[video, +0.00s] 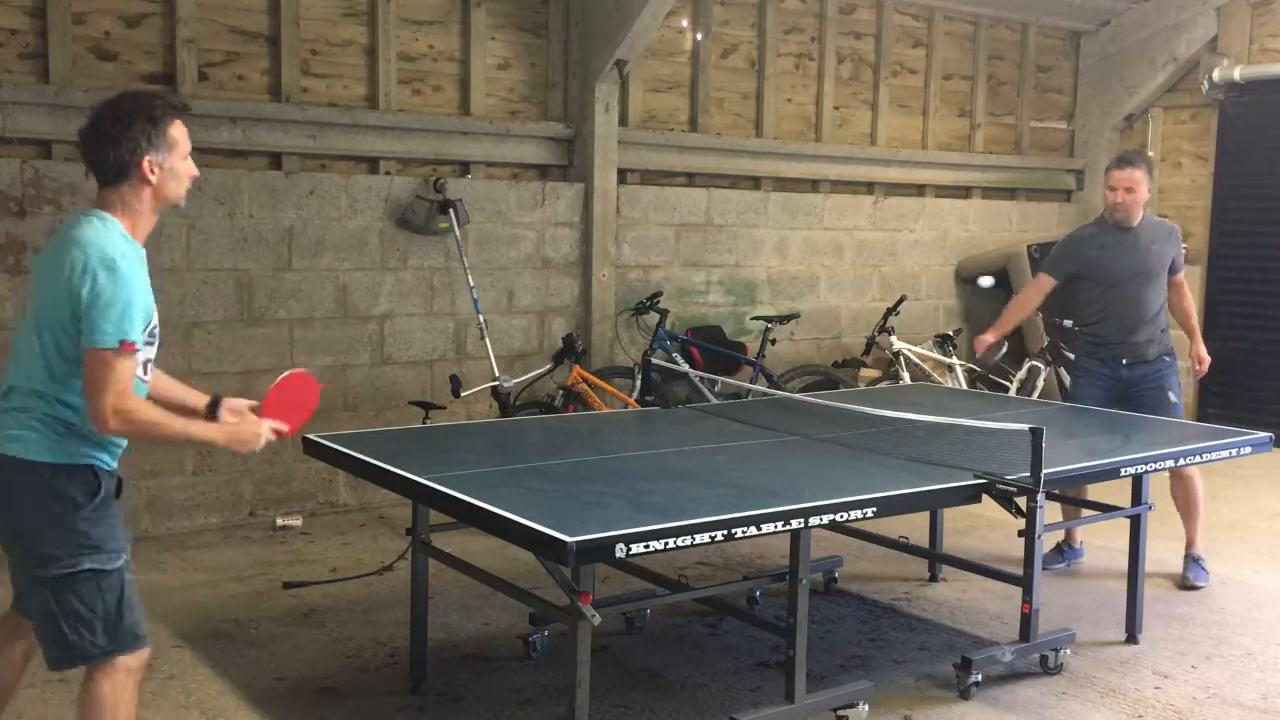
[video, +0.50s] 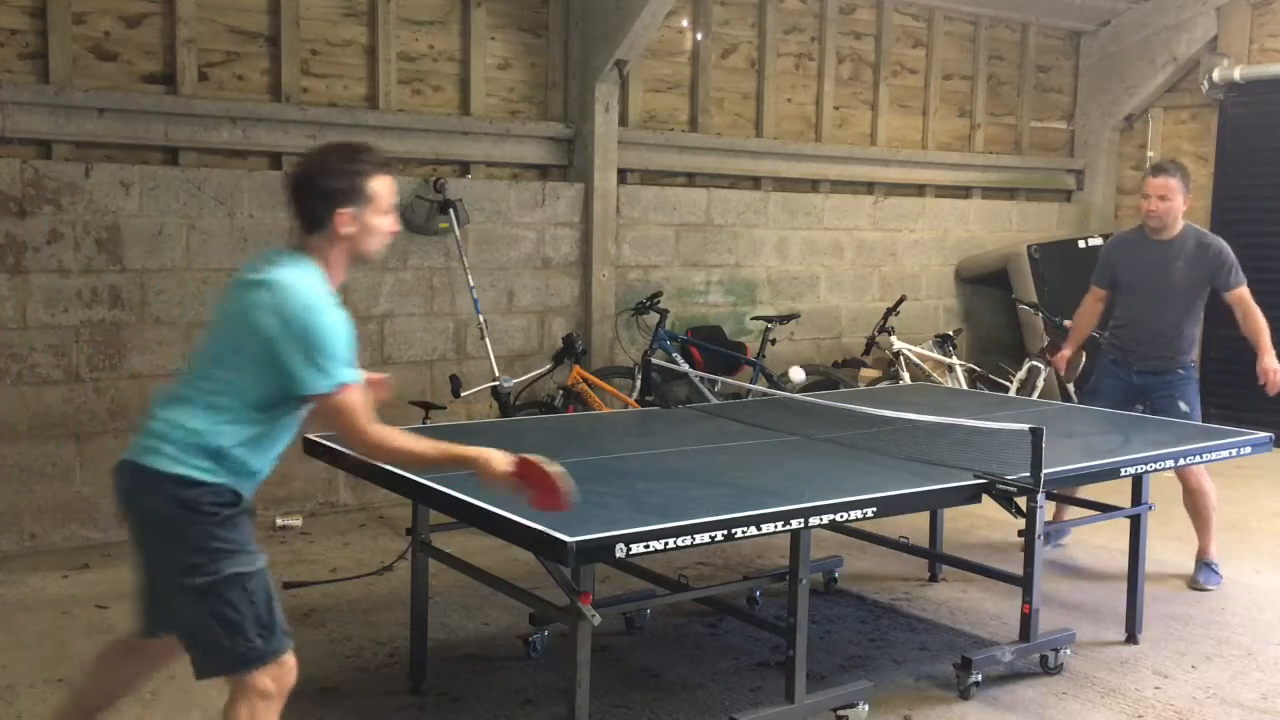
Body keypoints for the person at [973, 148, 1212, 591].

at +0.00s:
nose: (1117, 197)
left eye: (1127, 189)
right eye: (1111, 188)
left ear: (1148, 193)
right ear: (1103, 189)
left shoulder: (1166, 236)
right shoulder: (1078, 243)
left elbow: (1178, 289)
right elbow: (1037, 288)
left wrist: (1196, 339)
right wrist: (996, 332)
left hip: (1154, 368)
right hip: (1094, 368)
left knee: (1180, 458)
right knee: (1074, 455)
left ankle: (1194, 552)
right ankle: (1071, 543)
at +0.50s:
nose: (1151, 205)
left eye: (1162, 198)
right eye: (1146, 196)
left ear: (1185, 202)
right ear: (1140, 198)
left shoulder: (1211, 251)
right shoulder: (1119, 247)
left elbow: (1243, 304)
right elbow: (1094, 300)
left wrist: (1266, 351)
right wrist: (1069, 347)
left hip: (1174, 376)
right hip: (1114, 369)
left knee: (1189, 468)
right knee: (1077, 445)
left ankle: (1207, 555)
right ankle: (1056, 522)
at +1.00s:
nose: (1064, 201)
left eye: (1073, 193)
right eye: (1058, 194)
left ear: (1095, 197)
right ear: (1054, 199)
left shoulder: (1124, 245)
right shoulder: (1042, 249)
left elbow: (1152, 304)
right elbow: (1024, 302)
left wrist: (1151, 361)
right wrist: (984, 332)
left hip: (1108, 369)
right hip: (1055, 366)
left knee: (1113, 461)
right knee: (1041, 448)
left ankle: (1129, 546)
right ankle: (1048, 522)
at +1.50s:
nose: (869, 246)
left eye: (875, 239)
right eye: (869, 239)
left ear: (901, 240)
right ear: (892, 241)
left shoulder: (944, 273)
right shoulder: (882, 297)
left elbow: (1002, 292)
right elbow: (847, 341)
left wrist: (1012, 305)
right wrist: (789, 351)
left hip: (984, 379)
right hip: (939, 387)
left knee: (1025, 460)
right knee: (898, 438)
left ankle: (1094, 536)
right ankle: (882, 508)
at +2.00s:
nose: (867, 227)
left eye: (874, 218)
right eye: (864, 221)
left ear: (897, 219)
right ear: (865, 226)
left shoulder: (934, 253)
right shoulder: (872, 278)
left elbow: (991, 278)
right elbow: (847, 335)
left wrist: (1013, 308)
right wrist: (825, 347)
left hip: (965, 366)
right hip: (923, 373)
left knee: (979, 445)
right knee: (892, 436)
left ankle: (1051, 507)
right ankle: (880, 513)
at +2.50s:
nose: (1088, 209)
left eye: (1097, 202)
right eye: (1082, 201)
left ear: (1113, 209)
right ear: (1072, 207)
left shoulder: (1126, 257)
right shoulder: (1048, 253)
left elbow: (1156, 305)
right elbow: (1016, 308)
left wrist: (1185, 337)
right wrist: (1046, 343)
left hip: (1087, 373)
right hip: (1040, 367)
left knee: (1072, 448)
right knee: (1036, 440)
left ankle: (1030, 508)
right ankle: (1025, 509)